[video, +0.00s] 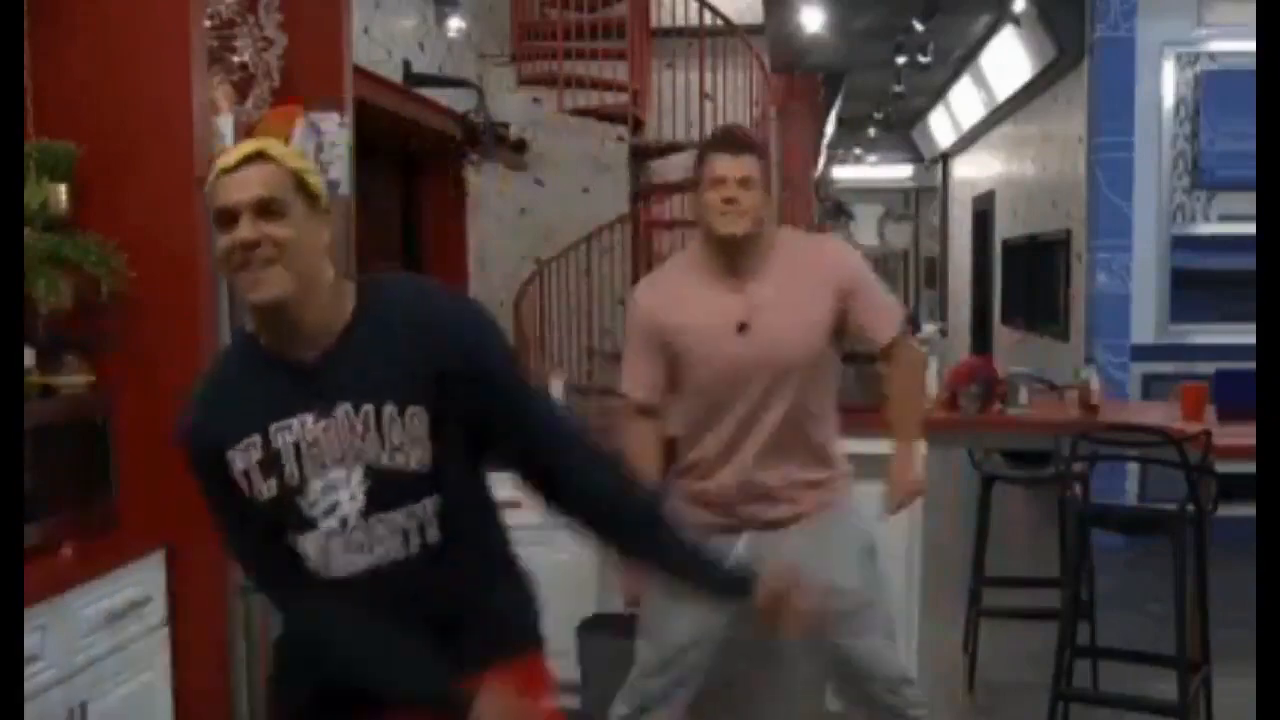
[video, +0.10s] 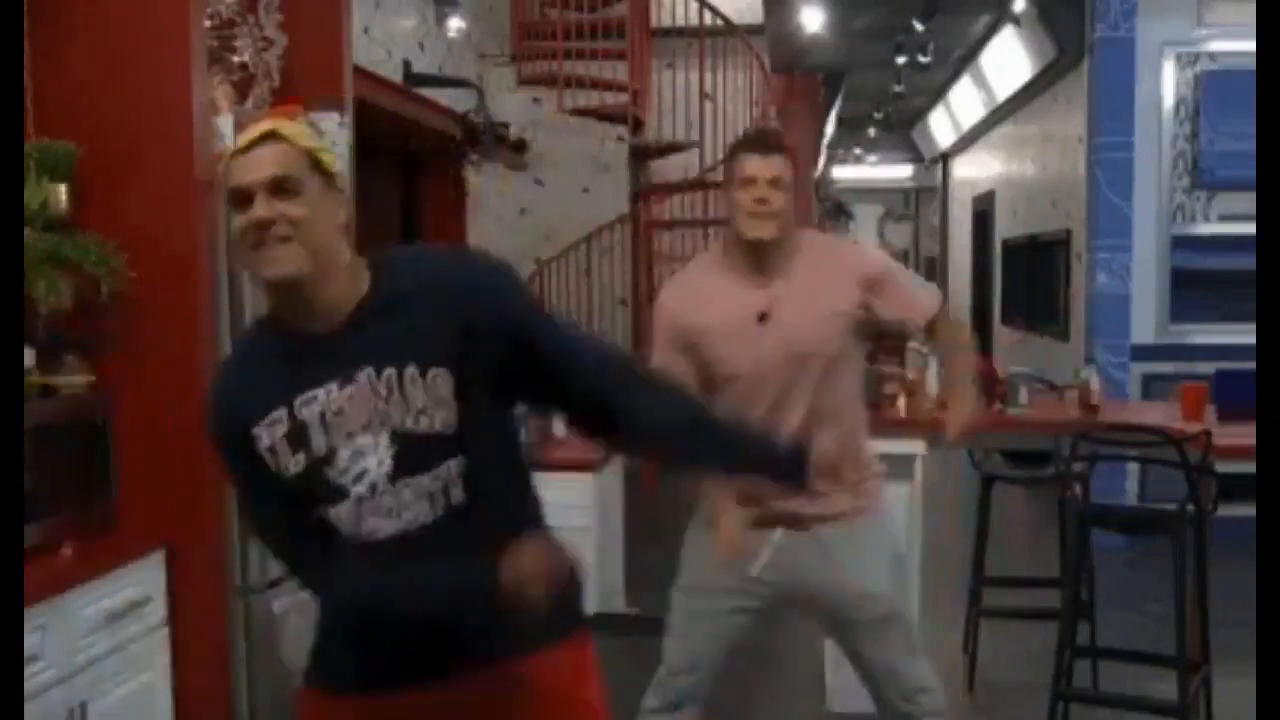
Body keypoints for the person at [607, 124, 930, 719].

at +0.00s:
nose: (730, 195)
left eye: (745, 183)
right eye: (715, 184)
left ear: (767, 194)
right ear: (696, 199)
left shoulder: (828, 263)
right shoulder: (657, 296)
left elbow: (900, 346)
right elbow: (640, 416)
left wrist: (906, 452)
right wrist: (640, 532)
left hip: (816, 512)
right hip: (699, 517)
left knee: (878, 676)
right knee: (657, 686)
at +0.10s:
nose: (763, 196)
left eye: (776, 184)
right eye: (748, 184)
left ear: (795, 195)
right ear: (727, 195)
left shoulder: (849, 266)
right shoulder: (684, 297)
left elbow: (946, 323)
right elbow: (671, 417)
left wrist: (960, 400)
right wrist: (719, 499)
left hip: (844, 520)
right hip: (735, 521)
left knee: (911, 694)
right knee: (676, 692)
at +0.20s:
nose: (811, 206)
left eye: (825, 195)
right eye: (797, 193)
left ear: (842, 213)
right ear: (772, 208)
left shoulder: (885, 282)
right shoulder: (737, 299)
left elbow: (988, 331)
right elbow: (736, 439)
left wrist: (1002, 280)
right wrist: (802, 415)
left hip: (888, 544)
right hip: (775, 539)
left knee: (924, 703)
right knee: (733, 694)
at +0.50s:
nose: (850, 226)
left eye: (863, 215)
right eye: (835, 213)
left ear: (876, 228)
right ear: (806, 225)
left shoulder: (910, 300)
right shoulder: (755, 311)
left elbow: (1004, 355)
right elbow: (745, 434)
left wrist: (1017, 332)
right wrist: (861, 424)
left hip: (906, 522)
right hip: (806, 536)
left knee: (949, 683)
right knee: (799, 693)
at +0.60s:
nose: (827, 231)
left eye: (840, 217)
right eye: (810, 220)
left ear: (860, 229)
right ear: (788, 238)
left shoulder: (908, 311)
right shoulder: (752, 323)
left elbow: (969, 404)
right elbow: (743, 445)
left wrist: (1023, 428)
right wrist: (839, 515)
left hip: (897, 549)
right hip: (785, 549)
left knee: (941, 704)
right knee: (771, 706)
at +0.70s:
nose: (780, 190)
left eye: (793, 177)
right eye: (764, 182)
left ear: (820, 189)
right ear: (750, 202)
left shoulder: (875, 278)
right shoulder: (711, 289)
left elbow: (905, 393)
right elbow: (675, 407)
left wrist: (927, 503)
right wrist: (687, 499)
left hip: (863, 529)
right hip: (741, 528)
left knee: (924, 694)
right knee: (661, 676)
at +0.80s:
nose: (754, 183)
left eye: (767, 170)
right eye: (739, 175)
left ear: (795, 183)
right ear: (725, 191)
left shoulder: (850, 267)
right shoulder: (686, 274)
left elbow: (880, 385)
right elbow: (622, 377)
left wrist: (864, 502)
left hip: (820, 505)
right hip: (705, 508)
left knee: (886, 669)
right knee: (653, 664)